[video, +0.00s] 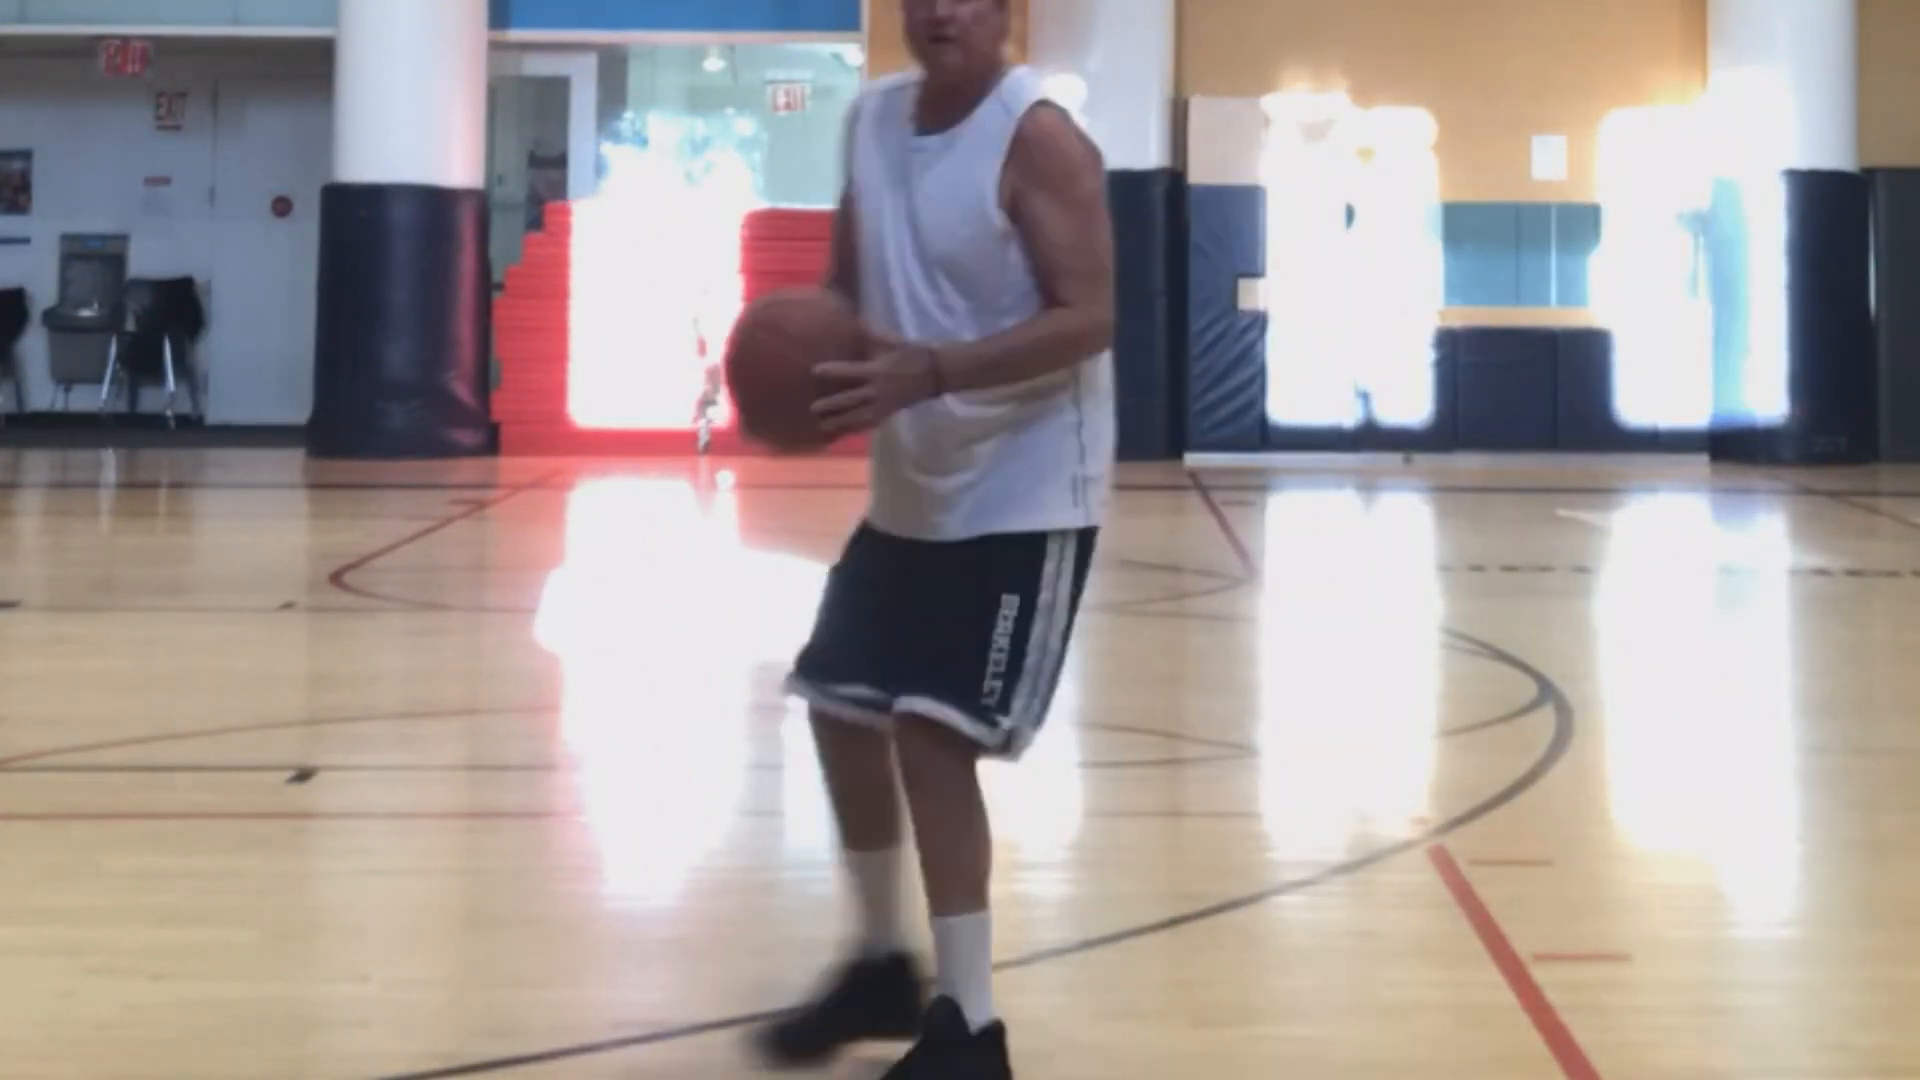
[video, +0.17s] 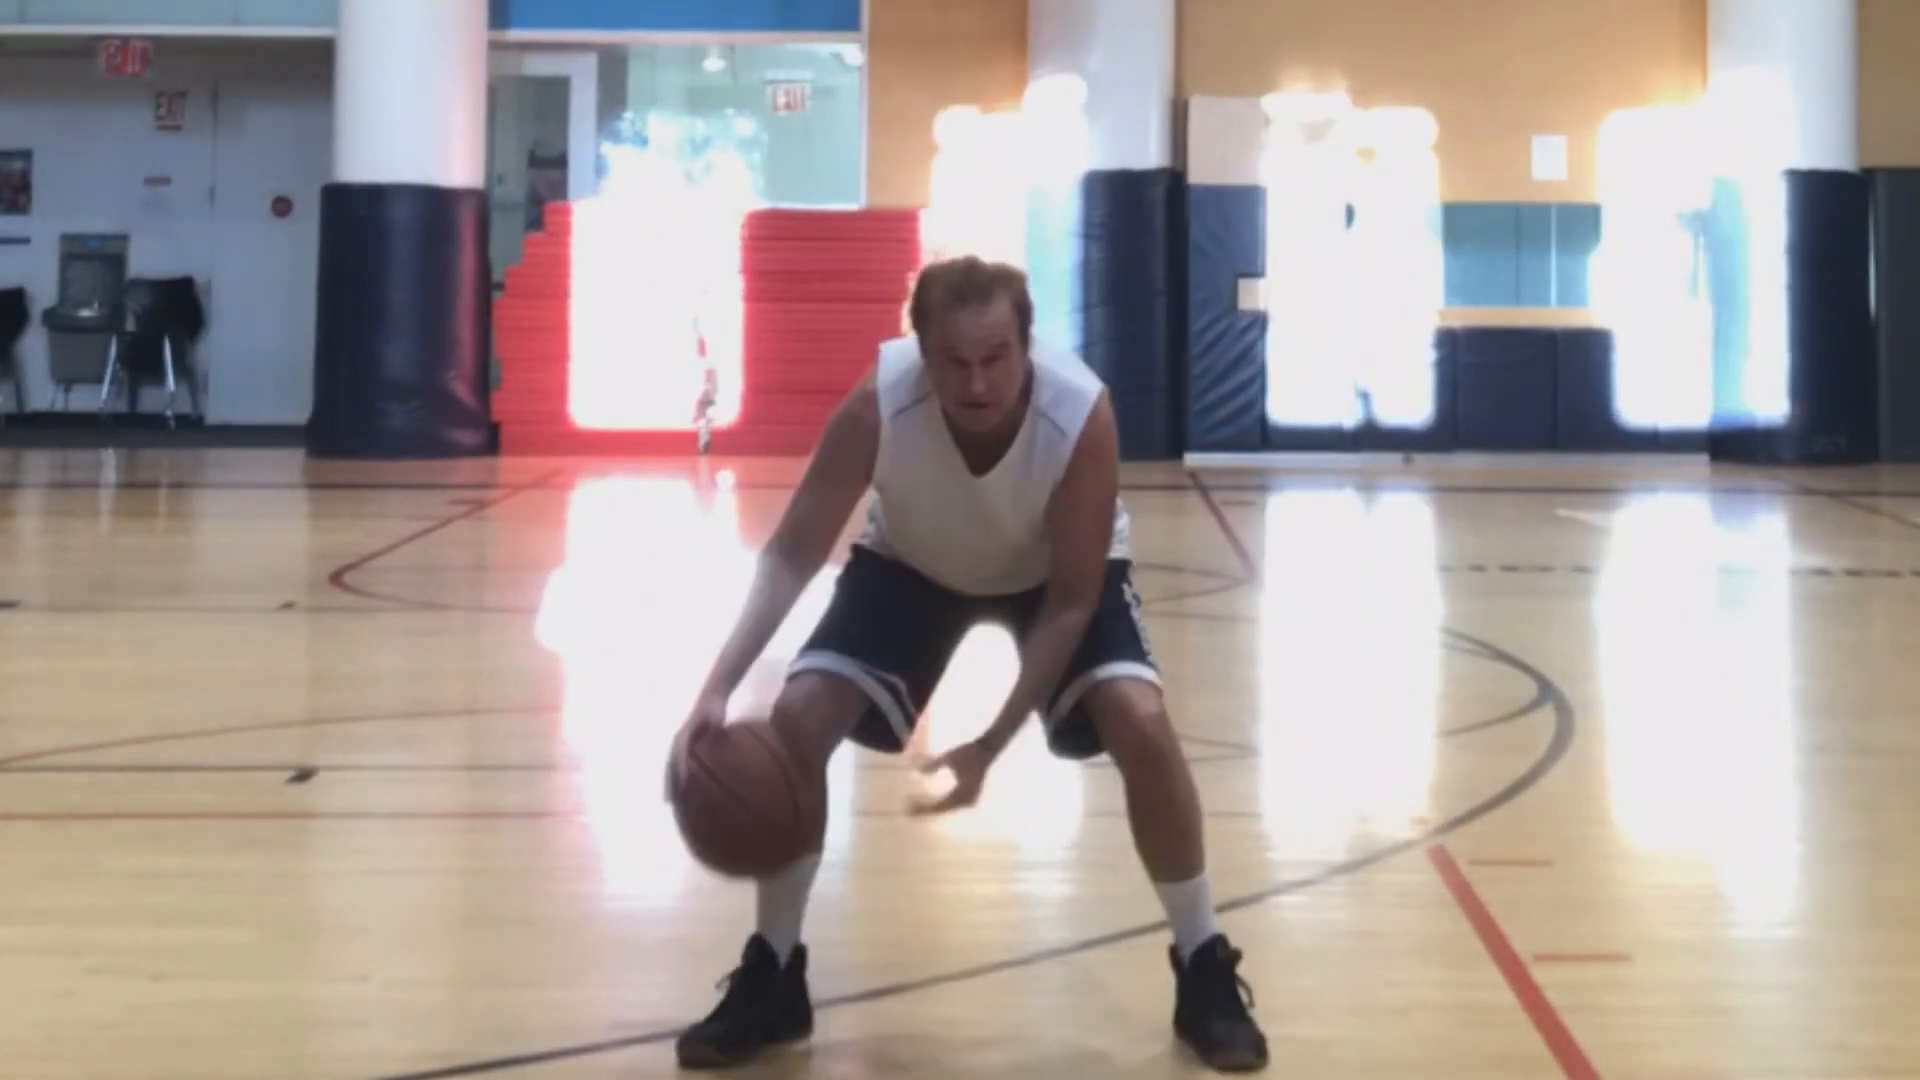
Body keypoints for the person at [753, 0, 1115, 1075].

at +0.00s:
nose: (945, 15)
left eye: (969, 0)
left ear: (1006, 16)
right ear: (902, 14)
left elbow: (1090, 320)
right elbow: (847, 295)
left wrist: (931, 369)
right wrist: (780, 366)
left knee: (931, 729)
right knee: (838, 704)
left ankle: (970, 1027)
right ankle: (885, 968)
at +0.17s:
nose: (976, 381)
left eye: (994, 357)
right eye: (954, 361)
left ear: (1025, 343)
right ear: (922, 351)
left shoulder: (1079, 415)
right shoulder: (878, 407)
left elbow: (1072, 600)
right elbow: (792, 553)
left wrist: (989, 745)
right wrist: (716, 690)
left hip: (1053, 574)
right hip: (911, 568)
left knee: (1143, 726)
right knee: (795, 721)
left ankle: (1206, 972)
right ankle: (774, 977)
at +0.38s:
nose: (987, 420)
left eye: (1003, 396)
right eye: (964, 400)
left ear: (1033, 372)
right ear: (932, 384)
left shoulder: (1089, 421)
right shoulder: (885, 426)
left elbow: (1194, 566)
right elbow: (865, 613)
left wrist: (1283, 712)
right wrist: (882, 793)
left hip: (1069, 568)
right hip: (926, 571)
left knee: (1146, 724)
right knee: (816, 715)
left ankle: (1208, 974)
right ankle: (771, 974)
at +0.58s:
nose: (1015, 421)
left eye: (1032, 401)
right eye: (998, 405)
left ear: (1064, 375)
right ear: (969, 380)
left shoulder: (1121, 422)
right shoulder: (927, 403)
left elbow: (1221, 582)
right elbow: (838, 528)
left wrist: (1267, 748)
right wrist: (771, 659)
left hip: (1117, 579)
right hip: (972, 573)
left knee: (1202, 721)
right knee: (854, 726)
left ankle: (1223, 977)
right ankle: (770, 975)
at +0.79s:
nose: (1236, 504)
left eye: (1254, 491)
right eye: (1228, 485)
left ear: (1262, 455)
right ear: (1182, 427)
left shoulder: (1219, 430)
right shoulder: (1058, 447)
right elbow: (917, 555)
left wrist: (1227, 590)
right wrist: (904, 729)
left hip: (1084, 576)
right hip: (947, 566)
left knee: (1183, 723)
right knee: (824, 748)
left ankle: (1242, 975)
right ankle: (754, 976)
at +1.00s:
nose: (855, 333)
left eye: (871, 309)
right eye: (834, 316)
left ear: (917, 276)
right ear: (811, 301)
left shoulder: (999, 339)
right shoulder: (802, 353)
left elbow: (1070, 518)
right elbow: (764, 520)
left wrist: (1027, 670)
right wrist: (718, 656)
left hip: (1050, 531)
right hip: (912, 533)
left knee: (1120, 741)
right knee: (810, 717)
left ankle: (1245, 962)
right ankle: (811, 980)